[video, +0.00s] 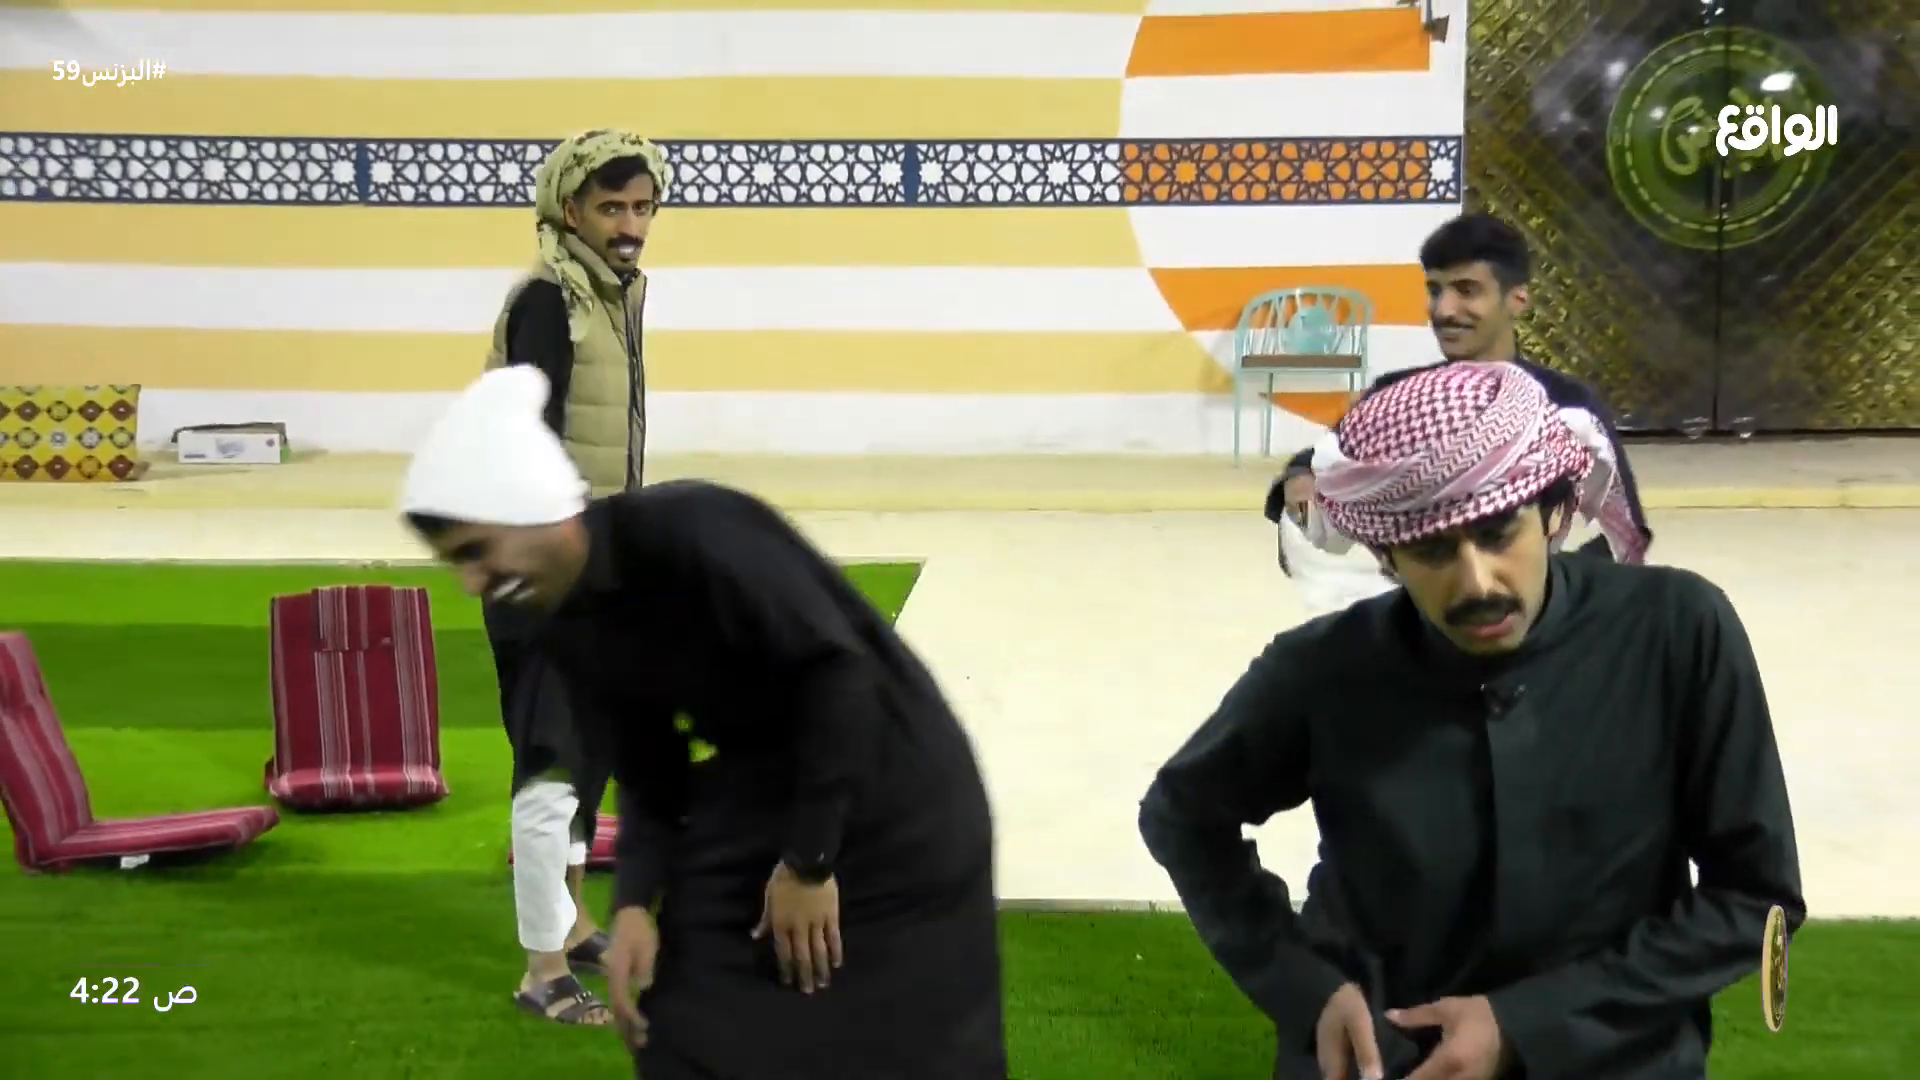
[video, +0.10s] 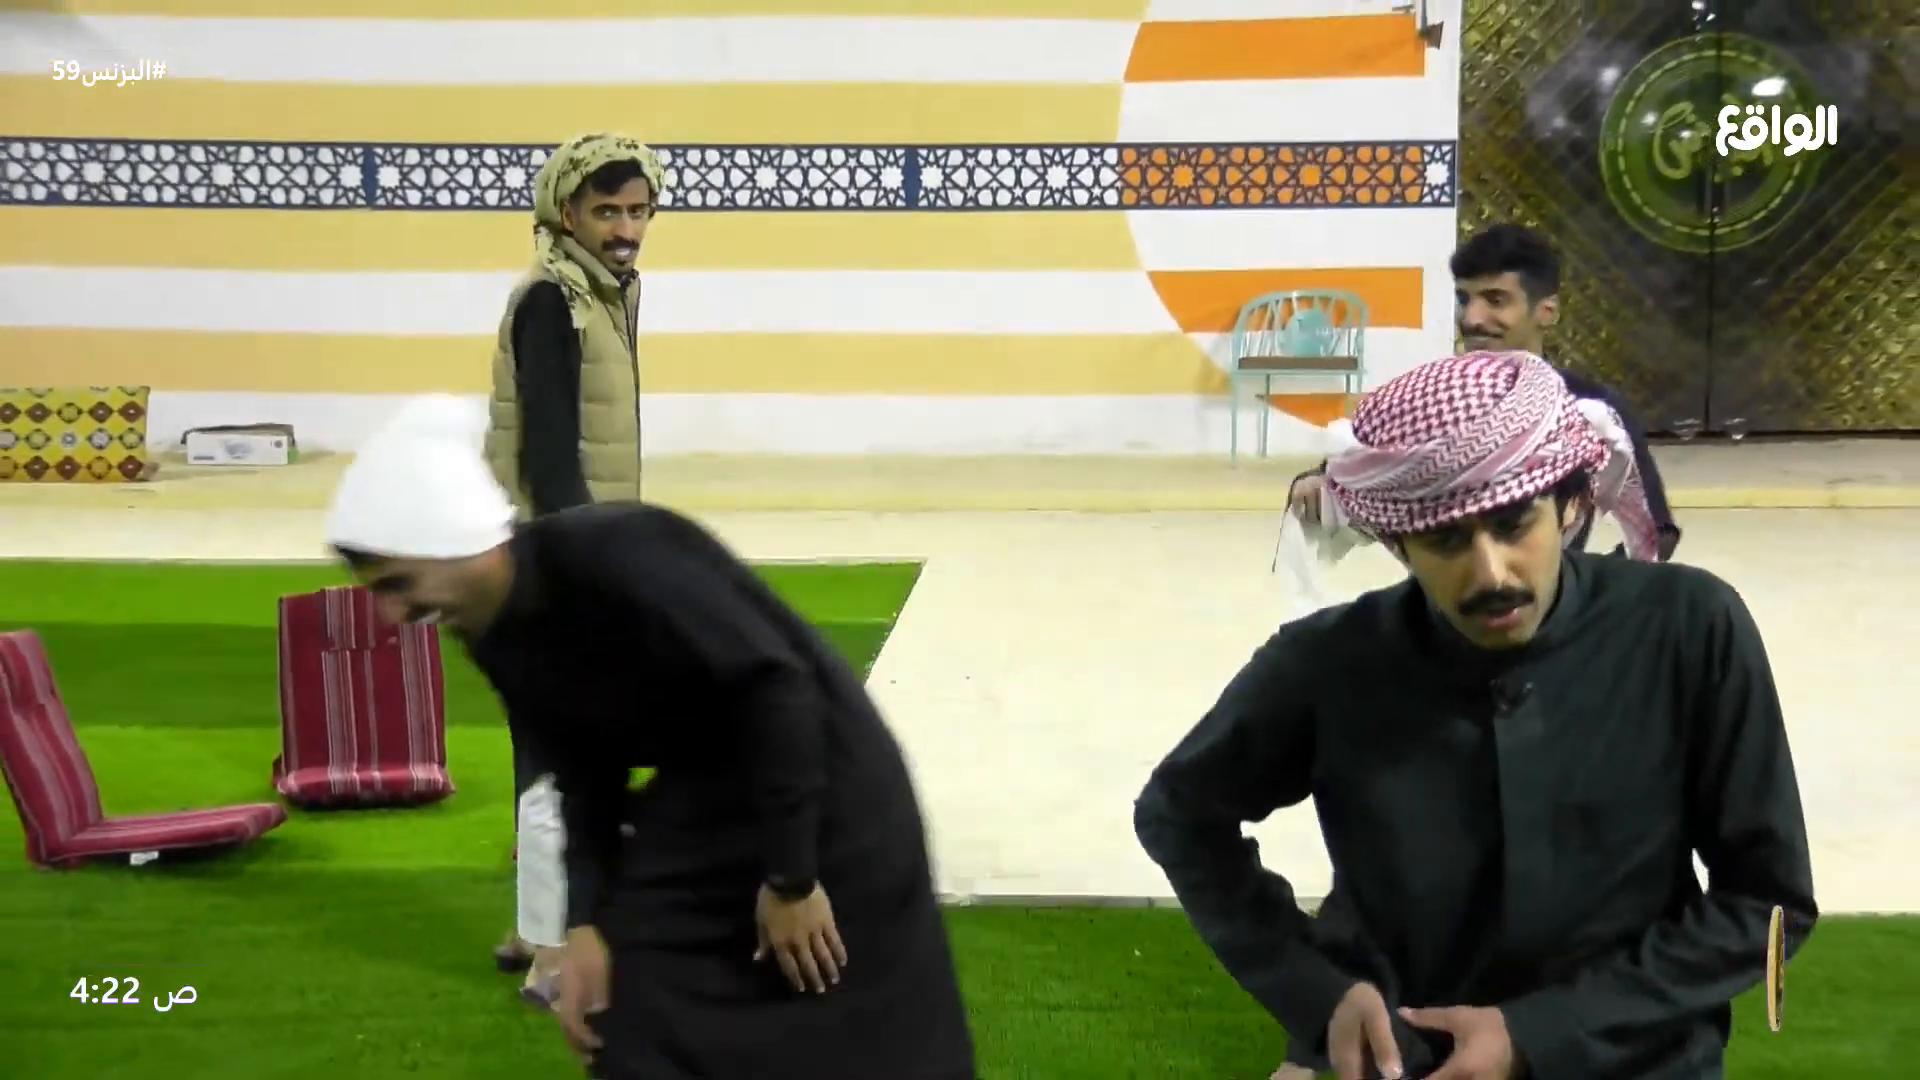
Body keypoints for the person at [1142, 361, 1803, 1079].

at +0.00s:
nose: (1477, 580)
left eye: (1499, 531)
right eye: (1433, 550)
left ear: (1555, 514)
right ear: (1387, 555)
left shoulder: (1682, 632)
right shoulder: (1321, 677)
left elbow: (1754, 899)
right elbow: (1185, 812)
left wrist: (1521, 1024)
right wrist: (1309, 994)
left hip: (1621, 1058)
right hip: (1380, 1062)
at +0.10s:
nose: (1491, 571)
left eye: (1514, 522)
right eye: (1446, 539)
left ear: (1570, 508)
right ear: (1400, 543)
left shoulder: (1692, 630)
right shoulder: (1324, 669)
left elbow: (1765, 903)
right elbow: (1179, 812)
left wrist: (1531, 1036)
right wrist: (1319, 998)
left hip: (1634, 1056)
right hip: (1393, 1057)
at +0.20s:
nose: (1512, 597)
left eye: (1538, 549)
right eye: (1466, 560)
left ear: (1595, 532)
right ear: (1416, 558)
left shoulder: (1716, 660)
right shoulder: (1337, 689)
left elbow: (1805, 935)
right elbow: (1180, 834)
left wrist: (1551, 1064)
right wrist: (1332, 1027)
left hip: (1651, 1064)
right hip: (1414, 1068)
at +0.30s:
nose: (1533, 652)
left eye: (1560, 605)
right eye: (1490, 618)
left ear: (1615, 578)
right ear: (1440, 600)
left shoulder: (1744, 698)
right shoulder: (1356, 719)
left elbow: (1825, 979)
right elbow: (1191, 858)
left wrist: (1633, 1069)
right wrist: (1346, 1049)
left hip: (1661, 1057)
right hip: (1435, 1063)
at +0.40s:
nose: (1564, 742)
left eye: (1600, 698)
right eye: (1525, 703)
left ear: (1656, 640)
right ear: (1474, 662)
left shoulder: (1796, 743)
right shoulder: (1395, 746)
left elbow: (1861, 1032)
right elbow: (1231, 887)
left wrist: (1741, 1068)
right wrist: (1361, 1070)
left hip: (1704, 1063)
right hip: (1470, 1063)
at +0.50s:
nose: (1575, 771)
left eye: (1614, 732)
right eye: (1540, 733)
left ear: (1681, 674)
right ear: (1494, 687)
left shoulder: (1822, 764)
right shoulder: (1408, 754)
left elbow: (1893, 1039)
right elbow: (1253, 888)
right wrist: (1368, 1069)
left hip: (1734, 1061)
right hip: (1484, 1060)